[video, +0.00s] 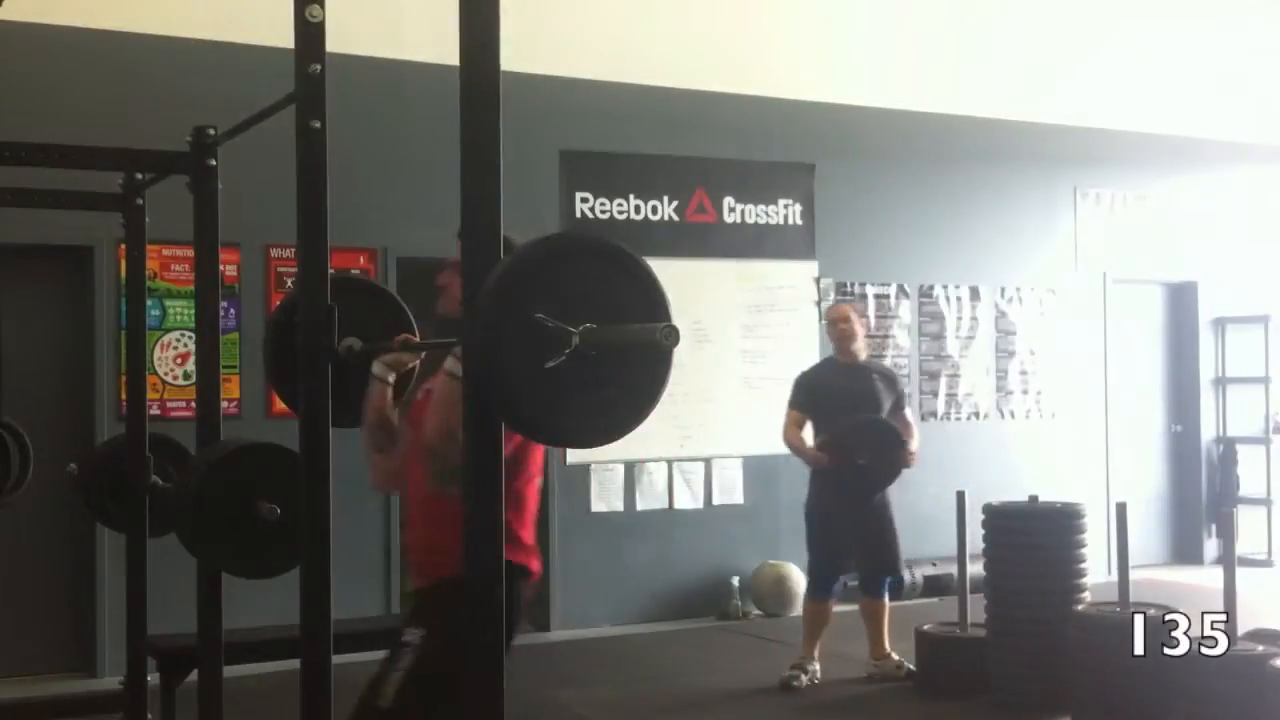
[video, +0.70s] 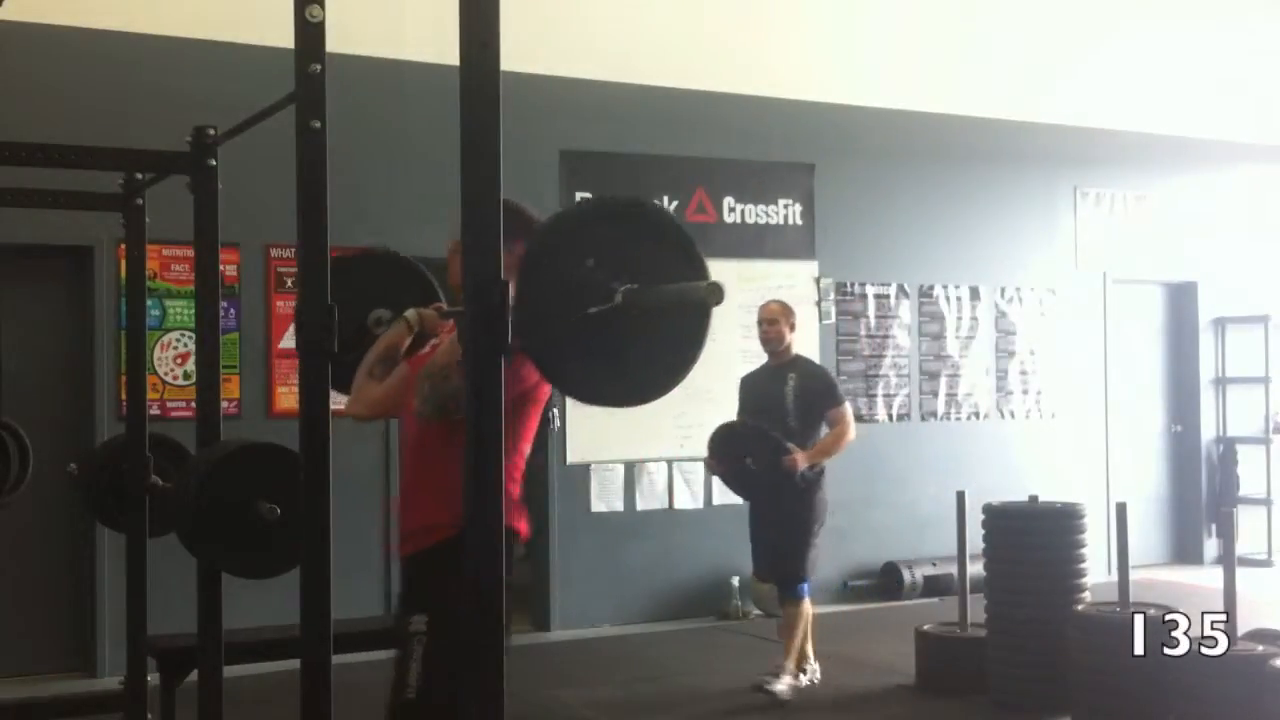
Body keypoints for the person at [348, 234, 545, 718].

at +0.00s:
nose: (441, 277)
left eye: (458, 269)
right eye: (447, 267)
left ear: (491, 284)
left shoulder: (511, 370)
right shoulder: (448, 372)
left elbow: (449, 464)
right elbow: (387, 467)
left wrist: (455, 364)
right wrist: (384, 376)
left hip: (482, 576)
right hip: (439, 575)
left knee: (391, 704)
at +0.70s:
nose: (451, 258)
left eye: (464, 248)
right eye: (454, 249)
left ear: (510, 258)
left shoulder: (525, 337)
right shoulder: (449, 339)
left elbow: (436, 399)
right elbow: (363, 402)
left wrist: (450, 330)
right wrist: (396, 336)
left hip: (481, 537)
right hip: (433, 539)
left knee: (461, 687)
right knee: (442, 688)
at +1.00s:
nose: (498, 236)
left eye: (512, 227)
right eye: (502, 226)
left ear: (553, 245)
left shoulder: (564, 328)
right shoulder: (481, 334)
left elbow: (500, 386)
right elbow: (404, 396)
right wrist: (435, 329)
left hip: (531, 534)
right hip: (473, 536)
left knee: (511, 693)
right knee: (469, 689)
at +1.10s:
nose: (506, 237)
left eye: (523, 229)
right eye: (510, 227)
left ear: (564, 247)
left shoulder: (576, 329)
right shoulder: (489, 330)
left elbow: (513, 389)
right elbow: (413, 401)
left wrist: (525, 317)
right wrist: (440, 336)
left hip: (545, 527)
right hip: (482, 530)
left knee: (545, 689)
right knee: (475, 684)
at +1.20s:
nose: (516, 237)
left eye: (533, 228)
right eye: (521, 227)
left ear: (575, 248)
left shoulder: (588, 331)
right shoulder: (502, 330)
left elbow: (523, 390)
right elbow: (420, 401)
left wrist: (543, 313)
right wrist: (443, 341)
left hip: (559, 536)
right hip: (491, 540)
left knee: (570, 692)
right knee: (487, 690)